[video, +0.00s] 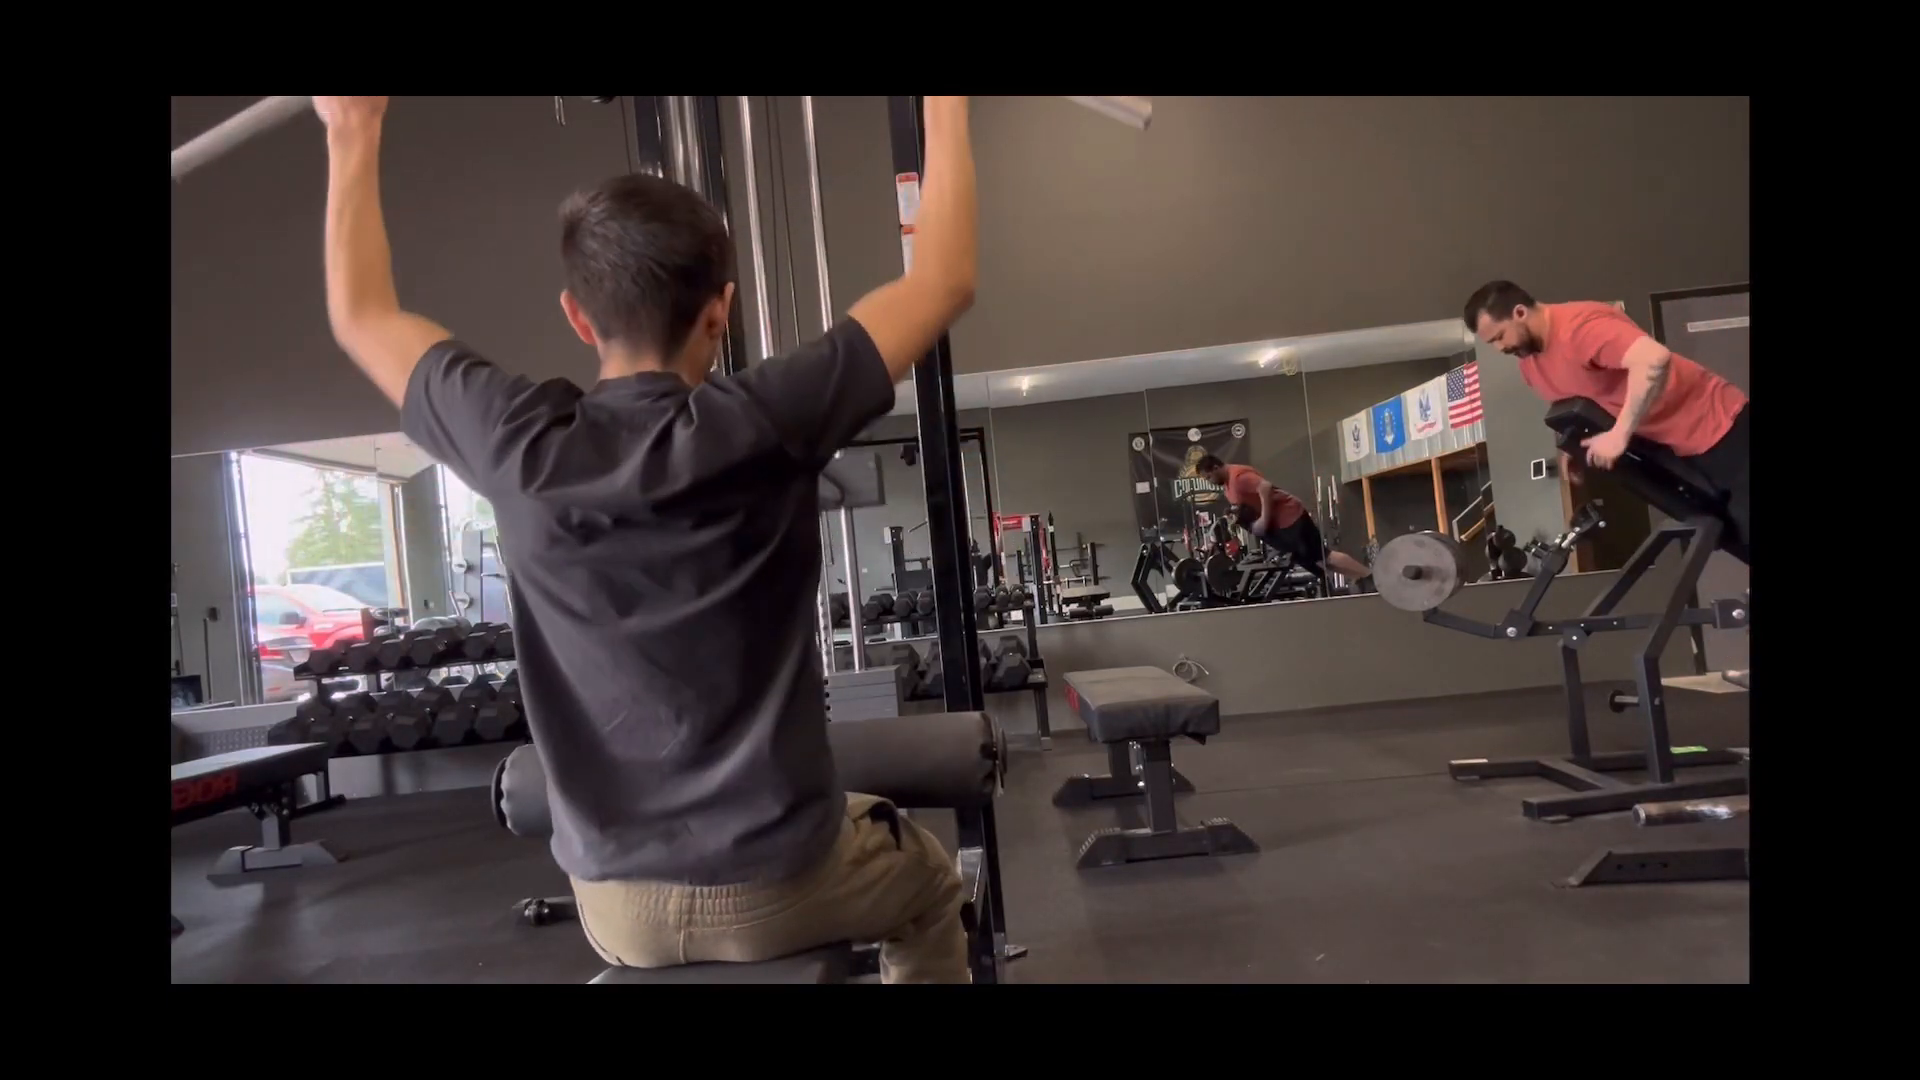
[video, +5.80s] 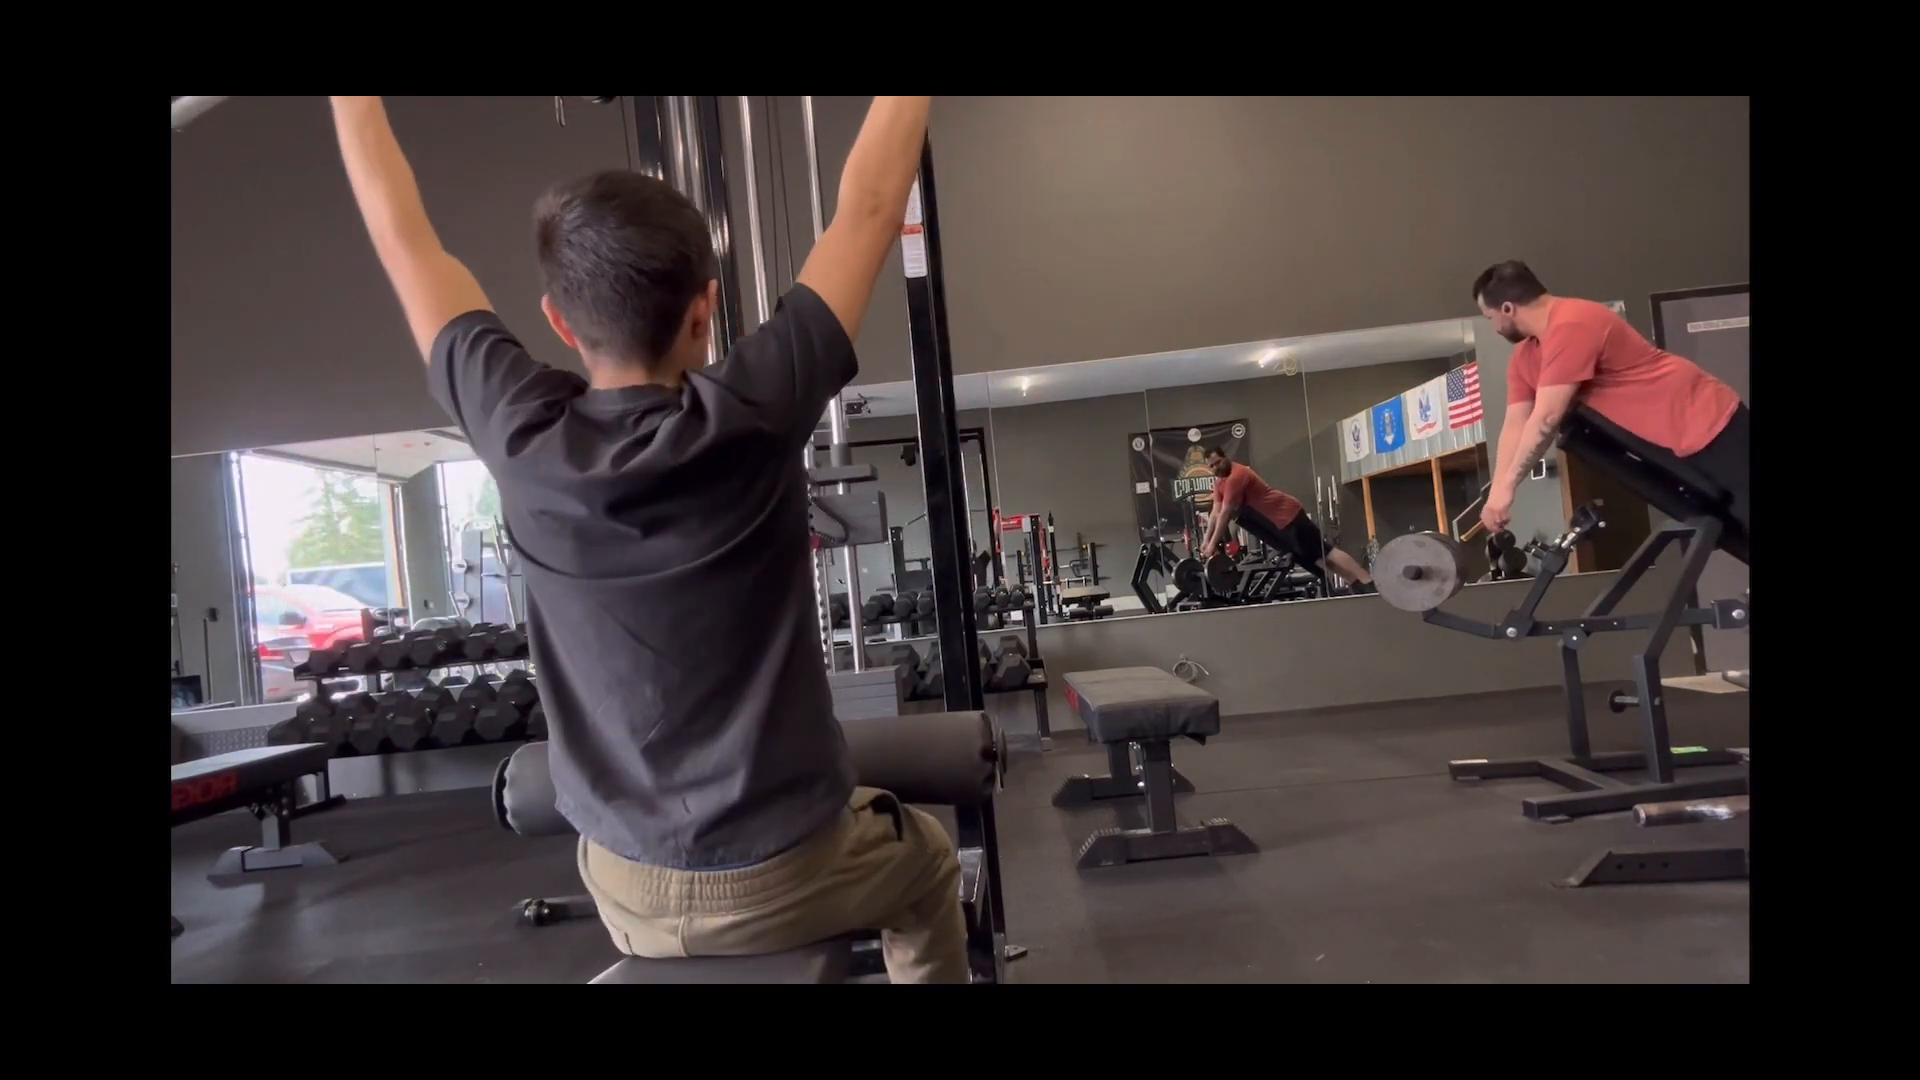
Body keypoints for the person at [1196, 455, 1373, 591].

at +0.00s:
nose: (1209, 480)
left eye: (1209, 476)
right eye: (1206, 478)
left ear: (1216, 467)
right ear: (1211, 472)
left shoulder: (1239, 477)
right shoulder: (1228, 484)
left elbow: (1265, 488)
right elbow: (1246, 504)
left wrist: (1263, 519)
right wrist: (1238, 514)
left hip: (1291, 517)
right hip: (1278, 526)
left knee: (1323, 555)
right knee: (1317, 561)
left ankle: (1367, 574)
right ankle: (1358, 578)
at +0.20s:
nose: (1208, 484)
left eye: (1207, 479)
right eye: (1205, 481)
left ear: (1214, 470)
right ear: (1211, 474)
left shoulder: (1239, 477)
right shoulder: (1226, 486)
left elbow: (1262, 497)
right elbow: (1236, 505)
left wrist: (1246, 524)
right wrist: (1221, 513)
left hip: (1291, 516)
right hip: (1278, 526)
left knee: (1322, 556)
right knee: (1316, 560)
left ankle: (1367, 574)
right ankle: (1358, 577)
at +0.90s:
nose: (1208, 490)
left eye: (1208, 485)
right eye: (1204, 488)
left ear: (1214, 474)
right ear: (1205, 482)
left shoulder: (1237, 481)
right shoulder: (1223, 484)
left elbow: (1261, 505)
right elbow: (1220, 506)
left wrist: (1262, 539)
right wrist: (1205, 499)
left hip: (1289, 514)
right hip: (1275, 522)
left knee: (1323, 553)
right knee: (1312, 560)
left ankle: (1363, 581)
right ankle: (1354, 582)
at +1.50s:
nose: (1209, 483)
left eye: (1208, 478)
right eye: (1205, 481)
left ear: (1216, 468)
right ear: (1209, 476)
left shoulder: (1240, 477)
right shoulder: (1223, 486)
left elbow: (1261, 503)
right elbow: (1225, 509)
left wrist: (1257, 536)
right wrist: (1211, 517)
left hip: (1289, 513)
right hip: (1275, 523)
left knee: (1322, 553)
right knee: (1313, 560)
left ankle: (1362, 584)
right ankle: (1351, 585)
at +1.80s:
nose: (1211, 478)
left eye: (1211, 474)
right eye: (1208, 476)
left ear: (1219, 463)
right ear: (1215, 468)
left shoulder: (1241, 474)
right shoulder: (1227, 481)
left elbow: (1242, 510)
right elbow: (1227, 508)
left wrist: (1235, 541)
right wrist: (1214, 530)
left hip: (1291, 515)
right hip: (1278, 525)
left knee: (1323, 553)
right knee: (1315, 561)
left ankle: (1363, 585)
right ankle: (1354, 585)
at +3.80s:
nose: (1212, 463)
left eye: (1214, 458)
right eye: (1210, 459)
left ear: (1227, 455)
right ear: (1221, 457)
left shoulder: (1238, 472)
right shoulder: (1222, 479)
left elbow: (1223, 508)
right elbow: (1213, 509)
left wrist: (1211, 538)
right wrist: (1204, 538)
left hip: (1292, 513)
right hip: (1281, 522)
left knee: (1326, 552)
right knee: (1319, 558)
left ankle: (1364, 584)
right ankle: (1353, 586)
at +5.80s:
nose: (1216, 466)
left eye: (1218, 461)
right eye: (1211, 465)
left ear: (1226, 457)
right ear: (1209, 468)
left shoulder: (1238, 475)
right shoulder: (1219, 483)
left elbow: (1226, 513)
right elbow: (1215, 513)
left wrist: (1213, 543)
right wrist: (1206, 540)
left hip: (1289, 514)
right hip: (1278, 525)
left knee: (1325, 550)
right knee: (1316, 558)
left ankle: (1368, 582)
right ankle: (1355, 584)